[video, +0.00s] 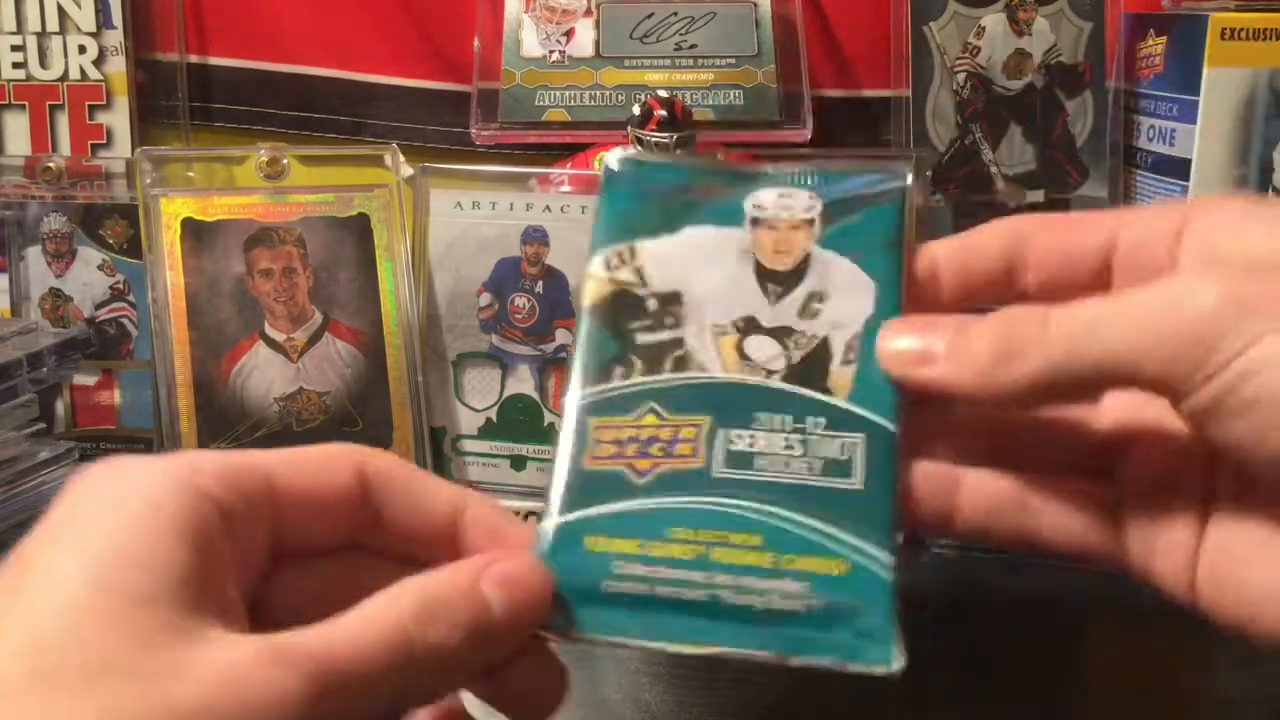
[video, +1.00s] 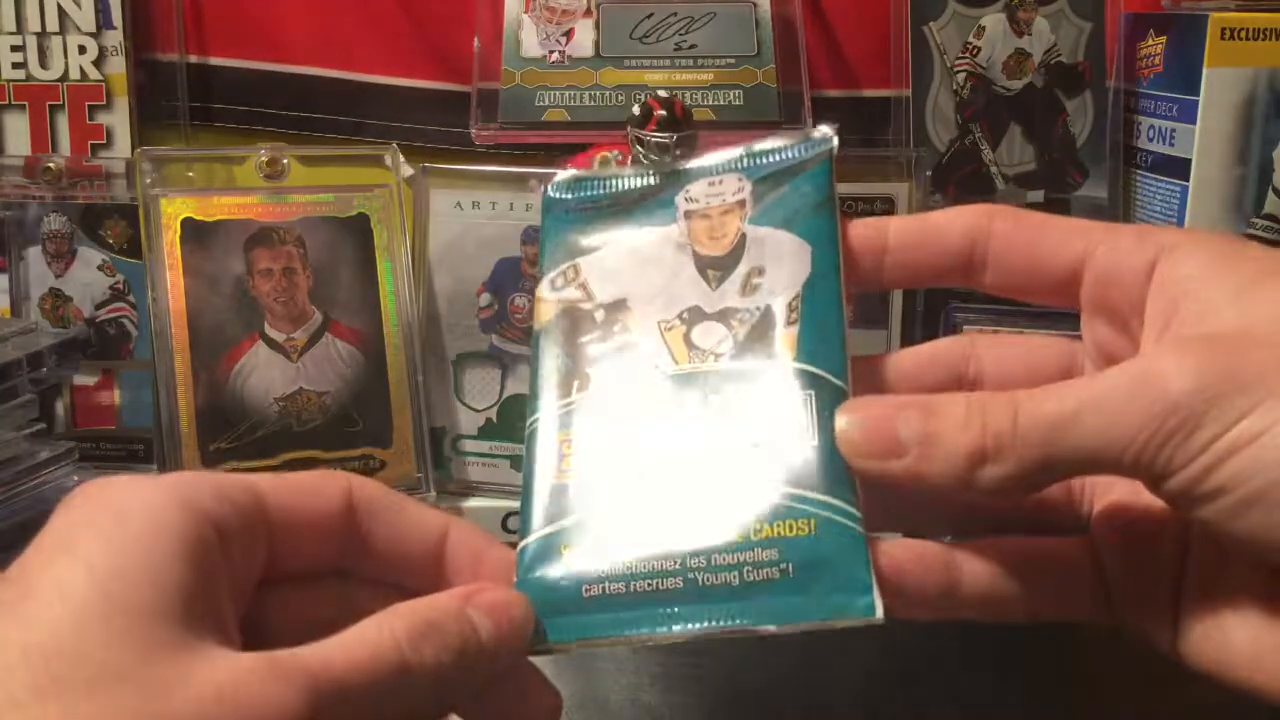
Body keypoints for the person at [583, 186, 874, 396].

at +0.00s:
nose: (782, 240)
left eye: (795, 228)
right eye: (770, 227)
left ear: (814, 233)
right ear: (751, 230)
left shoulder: (850, 286)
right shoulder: (704, 252)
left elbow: (845, 376)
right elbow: (607, 267)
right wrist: (637, 324)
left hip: (793, 422)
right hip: (699, 409)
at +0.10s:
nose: (766, 213)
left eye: (780, 202)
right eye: (754, 200)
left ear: (798, 207)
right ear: (736, 200)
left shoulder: (834, 269)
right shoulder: (688, 222)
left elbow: (824, 360)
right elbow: (588, 231)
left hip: (769, 405)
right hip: (677, 391)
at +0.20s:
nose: (748, 197)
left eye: (761, 185)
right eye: (735, 184)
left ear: (779, 188)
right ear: (715, 183)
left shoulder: (815, 251)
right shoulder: (668, 205)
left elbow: (807, 343)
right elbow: (561, 227)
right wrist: (609, 302)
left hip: (756, 402)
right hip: (664, 387)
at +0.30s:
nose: (732, 206)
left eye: (745, 192)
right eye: (719, 192)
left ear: (763, 194)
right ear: (699, 193)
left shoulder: (801, 252)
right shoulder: (652, 221)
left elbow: (800, 350)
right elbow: (551, 245)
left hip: (753, 400)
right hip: (660, 393)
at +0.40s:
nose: (729, 200)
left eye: (741, 187)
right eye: (716, 188)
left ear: (758, 188)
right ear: (695, 189)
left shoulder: (798, 248)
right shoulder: (647, 218)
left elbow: (796, 349)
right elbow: (545, 249)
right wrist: (593, 309)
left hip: (747, 399)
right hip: (652, 392)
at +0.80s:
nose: (722, 221)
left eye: (731, 207)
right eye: (709, 209)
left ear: (749, 204)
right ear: (689, 211)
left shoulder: (789, 253)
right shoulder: (644, 246)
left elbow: (792, 338)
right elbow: (555, 274)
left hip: (753, 394)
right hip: (668, 396)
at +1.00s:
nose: (716, 228)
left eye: (727, 214)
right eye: (703, 217)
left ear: (744, 212)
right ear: (684, 220)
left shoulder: (782, 255)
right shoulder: (642, 257)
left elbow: (789, 334)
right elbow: (550, 293)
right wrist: (563, 375)